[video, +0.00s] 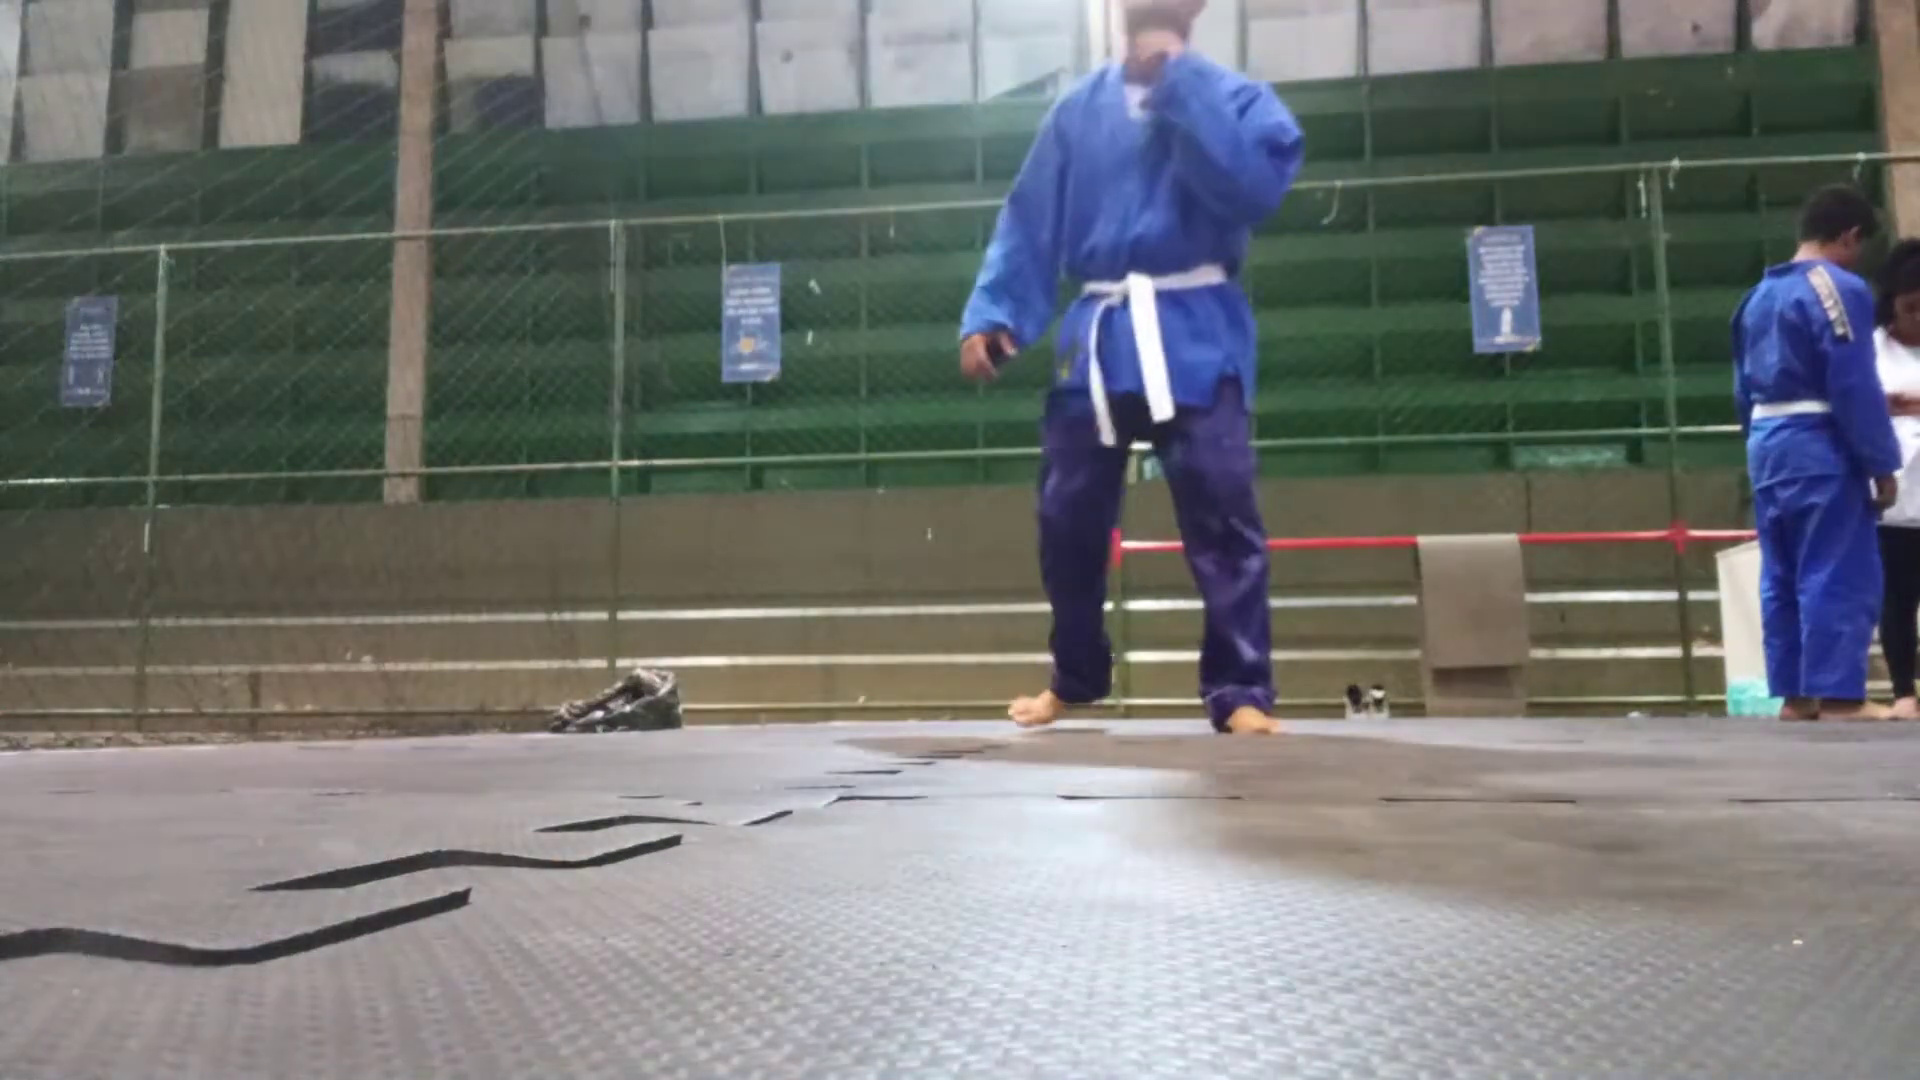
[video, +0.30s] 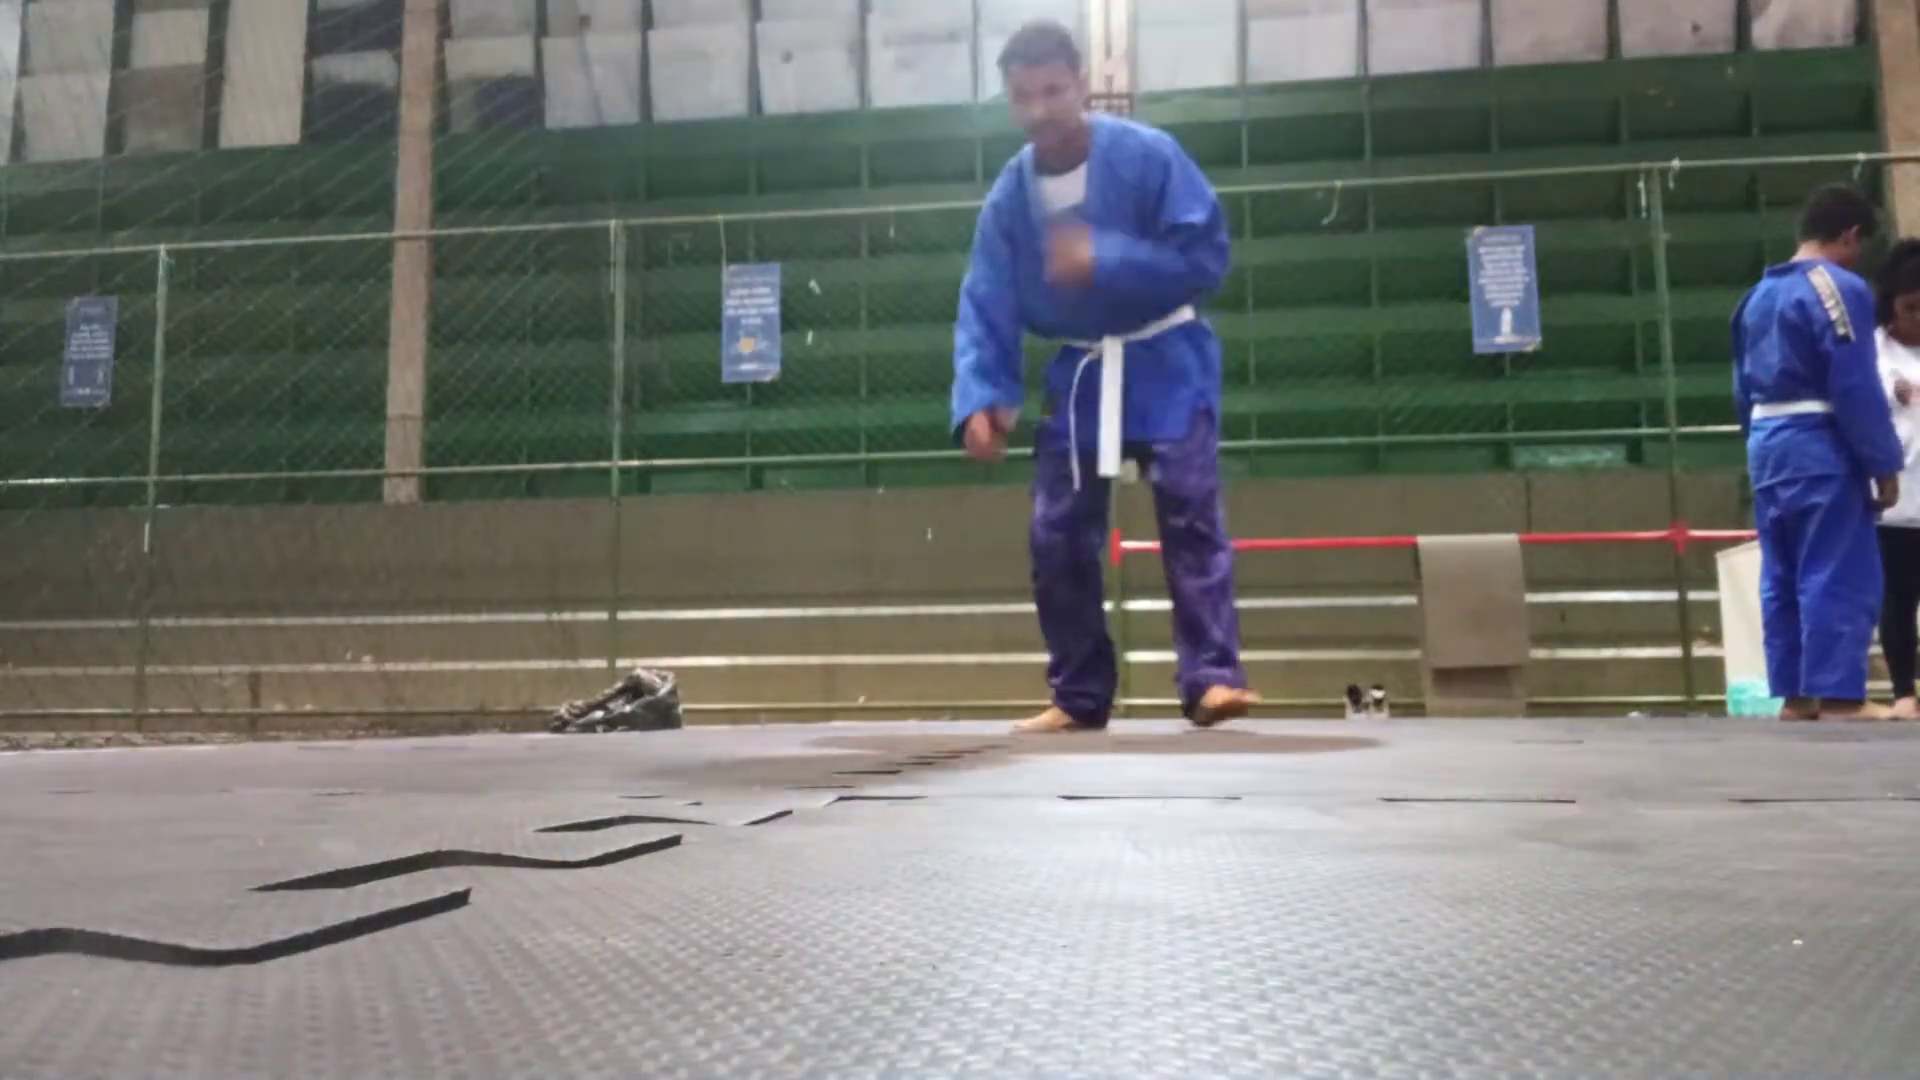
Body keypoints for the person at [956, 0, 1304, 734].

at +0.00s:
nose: (1146, 25)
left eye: (1162, 17)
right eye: (1136, 15)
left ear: (1192, 18)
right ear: (1117, 18)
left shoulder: (1233, 95)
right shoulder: (1079, 108)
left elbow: (1258, 187)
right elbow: (1027, 220)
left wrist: (1180, 80)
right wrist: (989, 310)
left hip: (1196, 312)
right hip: (1095, 319)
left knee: (1221, 497)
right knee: (1066, 506)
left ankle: (1241, 697)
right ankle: (1075, 680)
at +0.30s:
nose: (1037, 110)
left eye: (1051, 92)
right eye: (1024, 96)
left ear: (1082, 87)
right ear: (1010, 101)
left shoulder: (1148, 156)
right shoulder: (1009, 195)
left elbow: (1205, 259)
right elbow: (986, 304)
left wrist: (1102, 257)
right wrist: (979, 393)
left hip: (1168, 350)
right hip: (1079, 361)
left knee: (1188, 507)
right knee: (1055, 532)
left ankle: (1213, 678)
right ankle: (1080, 700)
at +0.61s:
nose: (1025, 172)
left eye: (1030, 157)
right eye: (1019, 160)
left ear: (1069, 133)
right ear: (1024, 149)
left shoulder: (1164, 181)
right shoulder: (1032, 209)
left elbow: (1213, 300)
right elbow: (1018, 318)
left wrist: (1199, 404)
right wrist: (1024, 419)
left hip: (1165, 364)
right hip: (1078, 370)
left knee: (1182, 526)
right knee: (1066, 531)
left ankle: (1184, 698)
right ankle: (1072, 699)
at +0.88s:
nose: (1056, 207)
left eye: (1058, 194)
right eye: (1051, 197)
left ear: (1092, 170)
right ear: (1088, 172)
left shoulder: (1193, 214)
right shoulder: (1073, 225)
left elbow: (1238, 333)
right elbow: (1067, 325)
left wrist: (1215, 443)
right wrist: (1060, 399)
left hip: (1182, 386)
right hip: (1100, 387)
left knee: (1186, 547)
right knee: (1075, 537)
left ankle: (1185, 697)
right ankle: (1076, 683)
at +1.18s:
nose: (1074, 227)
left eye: (1080, 213)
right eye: (1065, 218)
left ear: (1112, 184)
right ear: (1057, 207)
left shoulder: (1190, 239)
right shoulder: (1069, 256)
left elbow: (1230, 351)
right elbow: (1061, 361)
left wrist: (1209, 449)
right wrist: (1050, 446)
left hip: (1176, 403)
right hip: (1097, 407)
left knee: (1180, 537)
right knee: (1080, 546)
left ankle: (1186, 695)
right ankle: (1088, 691)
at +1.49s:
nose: (1057, 251)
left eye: (1062, 236)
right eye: (1046, 242)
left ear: (1089, 211)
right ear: (1037, 234)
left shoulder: (1155, 258)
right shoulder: (1041, 286)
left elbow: (1201, 354)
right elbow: (1031, 384)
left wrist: (1186, 442)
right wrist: (1031, 467)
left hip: (1153, 414)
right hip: (1078, 422)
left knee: (1160, 539)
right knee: (1070, 560)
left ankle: (1166, 688)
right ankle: (1090, 700)